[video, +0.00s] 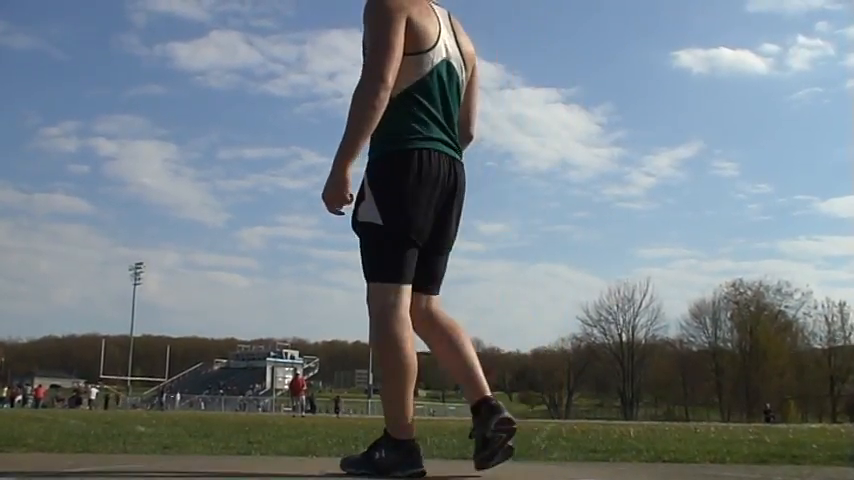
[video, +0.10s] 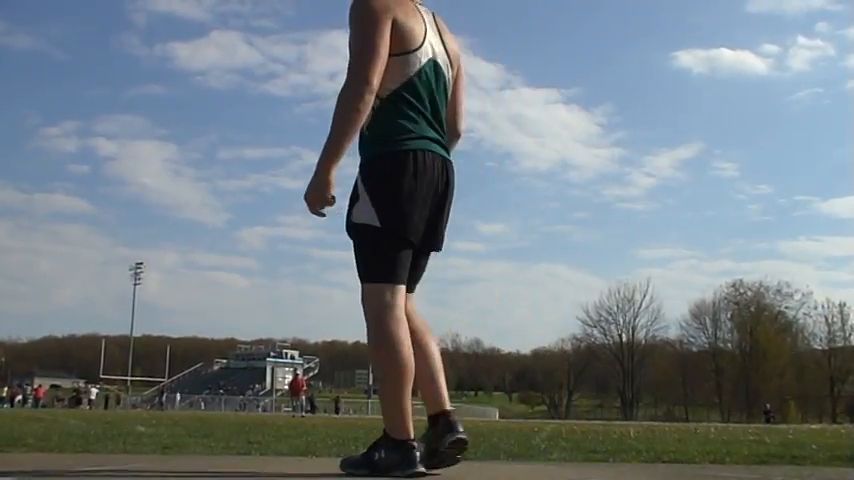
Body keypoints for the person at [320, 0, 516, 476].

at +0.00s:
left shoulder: (391, 6)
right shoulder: (464, 39)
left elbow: (377, 86)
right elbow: (467, 130)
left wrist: (341, 167)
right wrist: (424, 162)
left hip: (401, 167)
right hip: (449, 172)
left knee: (388, 307)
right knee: (425, 306)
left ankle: (399, 443)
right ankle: (488, 412)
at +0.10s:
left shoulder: (376, 6)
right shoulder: (446, 34)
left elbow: (362, 88)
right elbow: (453, 126)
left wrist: (325, 168)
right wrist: (413, 163)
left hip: (393, 165)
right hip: (437, 169)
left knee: (383, 306)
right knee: (400, 303)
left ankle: (398, 443)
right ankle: (443, 425)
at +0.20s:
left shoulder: (363, 7)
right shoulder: (431, 35)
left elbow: (351, 90)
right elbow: (440, 127)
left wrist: (314, 169)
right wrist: (410, 171)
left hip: (386, 166)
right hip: (424, 169)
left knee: (376, 301)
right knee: (379, 301)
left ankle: (398, 443)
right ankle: (392, 438)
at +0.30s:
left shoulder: (349, 11)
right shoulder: (417, 39)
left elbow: (339, 99)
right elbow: (428, 129)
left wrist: (304, 174)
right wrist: (411, 184)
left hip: (375, 170)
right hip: (412, 173)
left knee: (374, 301)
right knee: (353, 299)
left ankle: (399, 444)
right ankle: (337, 434)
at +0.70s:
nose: (276, 10)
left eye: (277, 5)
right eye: (277, 7)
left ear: (288, 3)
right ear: (323, 7)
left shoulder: (293, 26)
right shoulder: (359, 62)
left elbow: (286, 100)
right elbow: (365, 147)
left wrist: (251, 177)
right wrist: (355, 206)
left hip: (312, 182)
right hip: (349, 188)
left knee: (300, 308)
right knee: (306, 314)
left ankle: (377, 419)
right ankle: (283, 440)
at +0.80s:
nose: (267, 13)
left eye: (267, 8)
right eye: (267, 9)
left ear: (277, 6)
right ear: (313, 10)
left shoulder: (281, 30)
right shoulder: (347, 65)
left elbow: (272, 102)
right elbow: (353, 153)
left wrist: (232, 175)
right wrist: (334, 203)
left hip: (294, 184)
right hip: (336, 190)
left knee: (260, 308)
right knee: (301, 313)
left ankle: (345, 396)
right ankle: (283, 439)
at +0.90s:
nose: (254, 18)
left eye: (255, 13)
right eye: (255, 14)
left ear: (266, 9)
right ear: (301, 13)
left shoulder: (270, 33)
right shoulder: (333, 69)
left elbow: (261, 107)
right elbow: (339, 158)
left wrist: (216, 175)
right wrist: (313, 202)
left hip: (279, 184)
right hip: (324, 192)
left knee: (233, 302)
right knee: (294, 312)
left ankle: (301, 396)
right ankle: (285, 438)